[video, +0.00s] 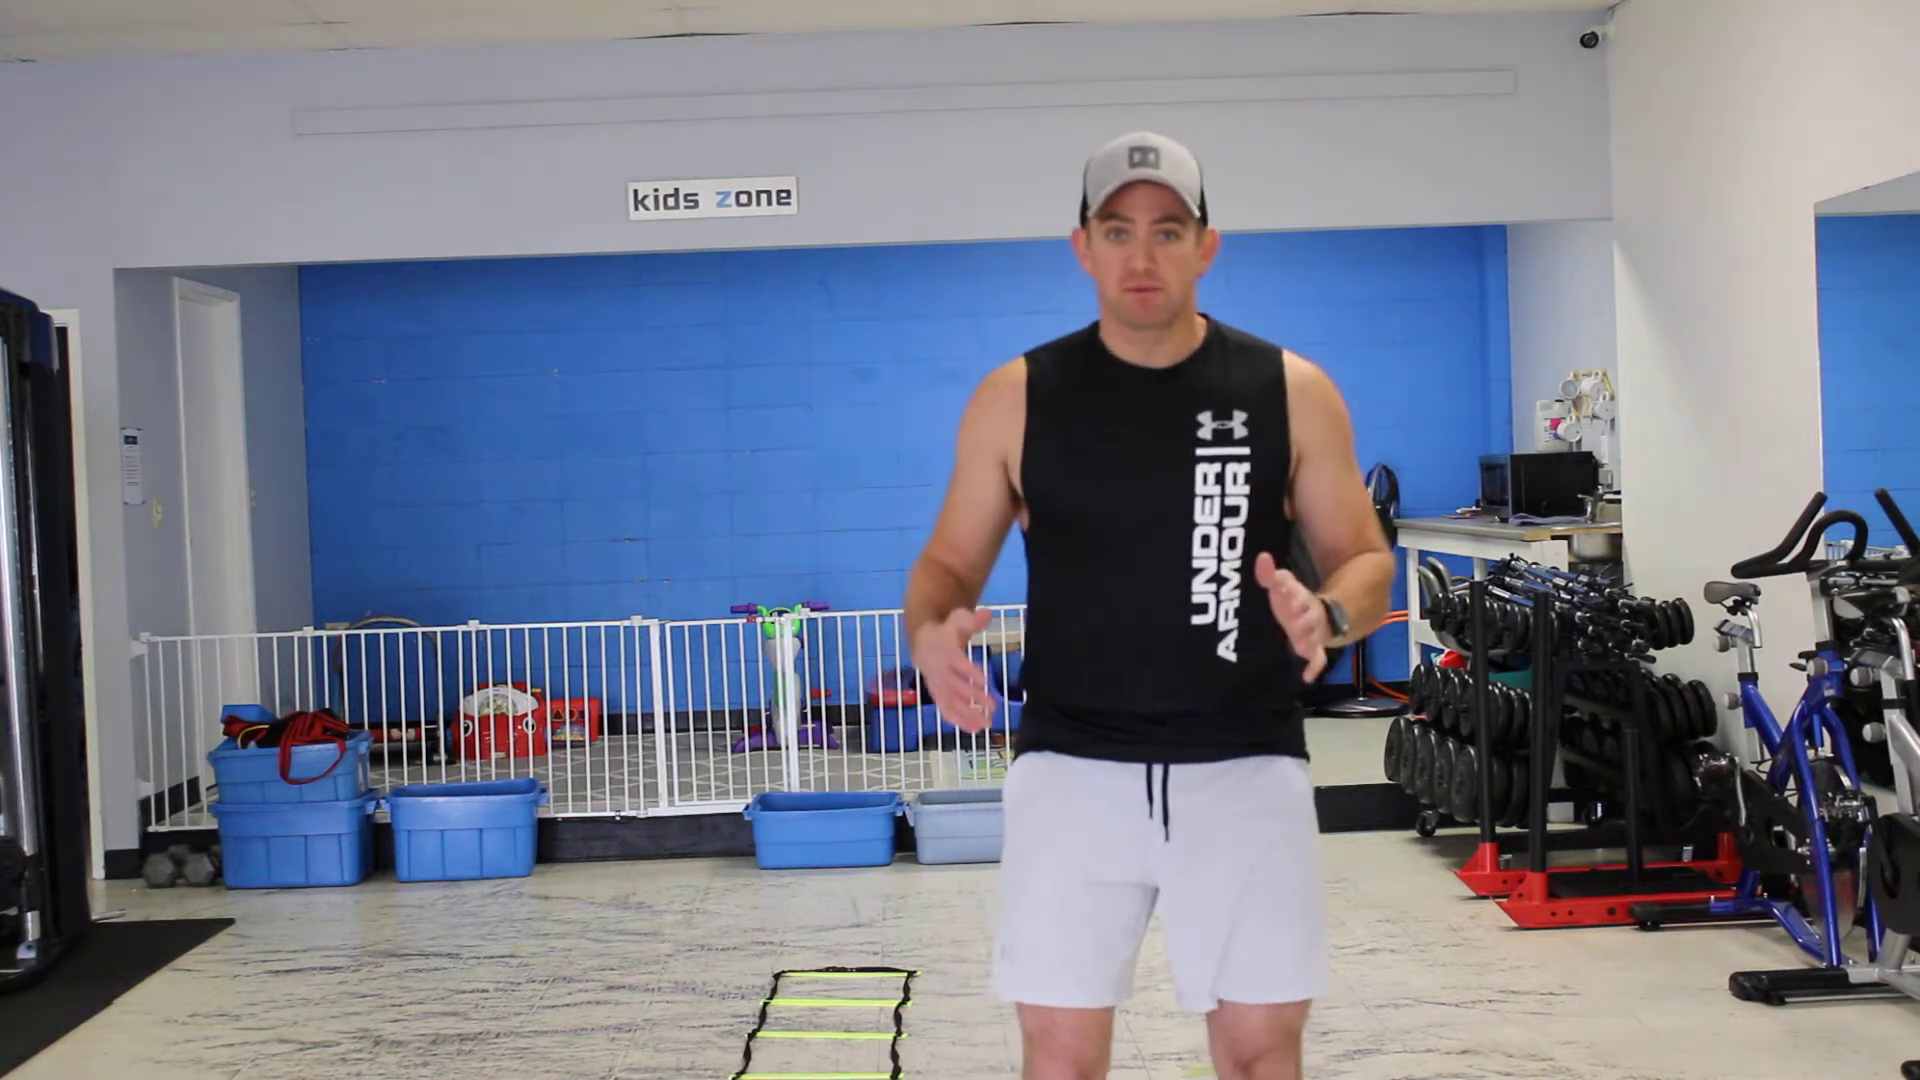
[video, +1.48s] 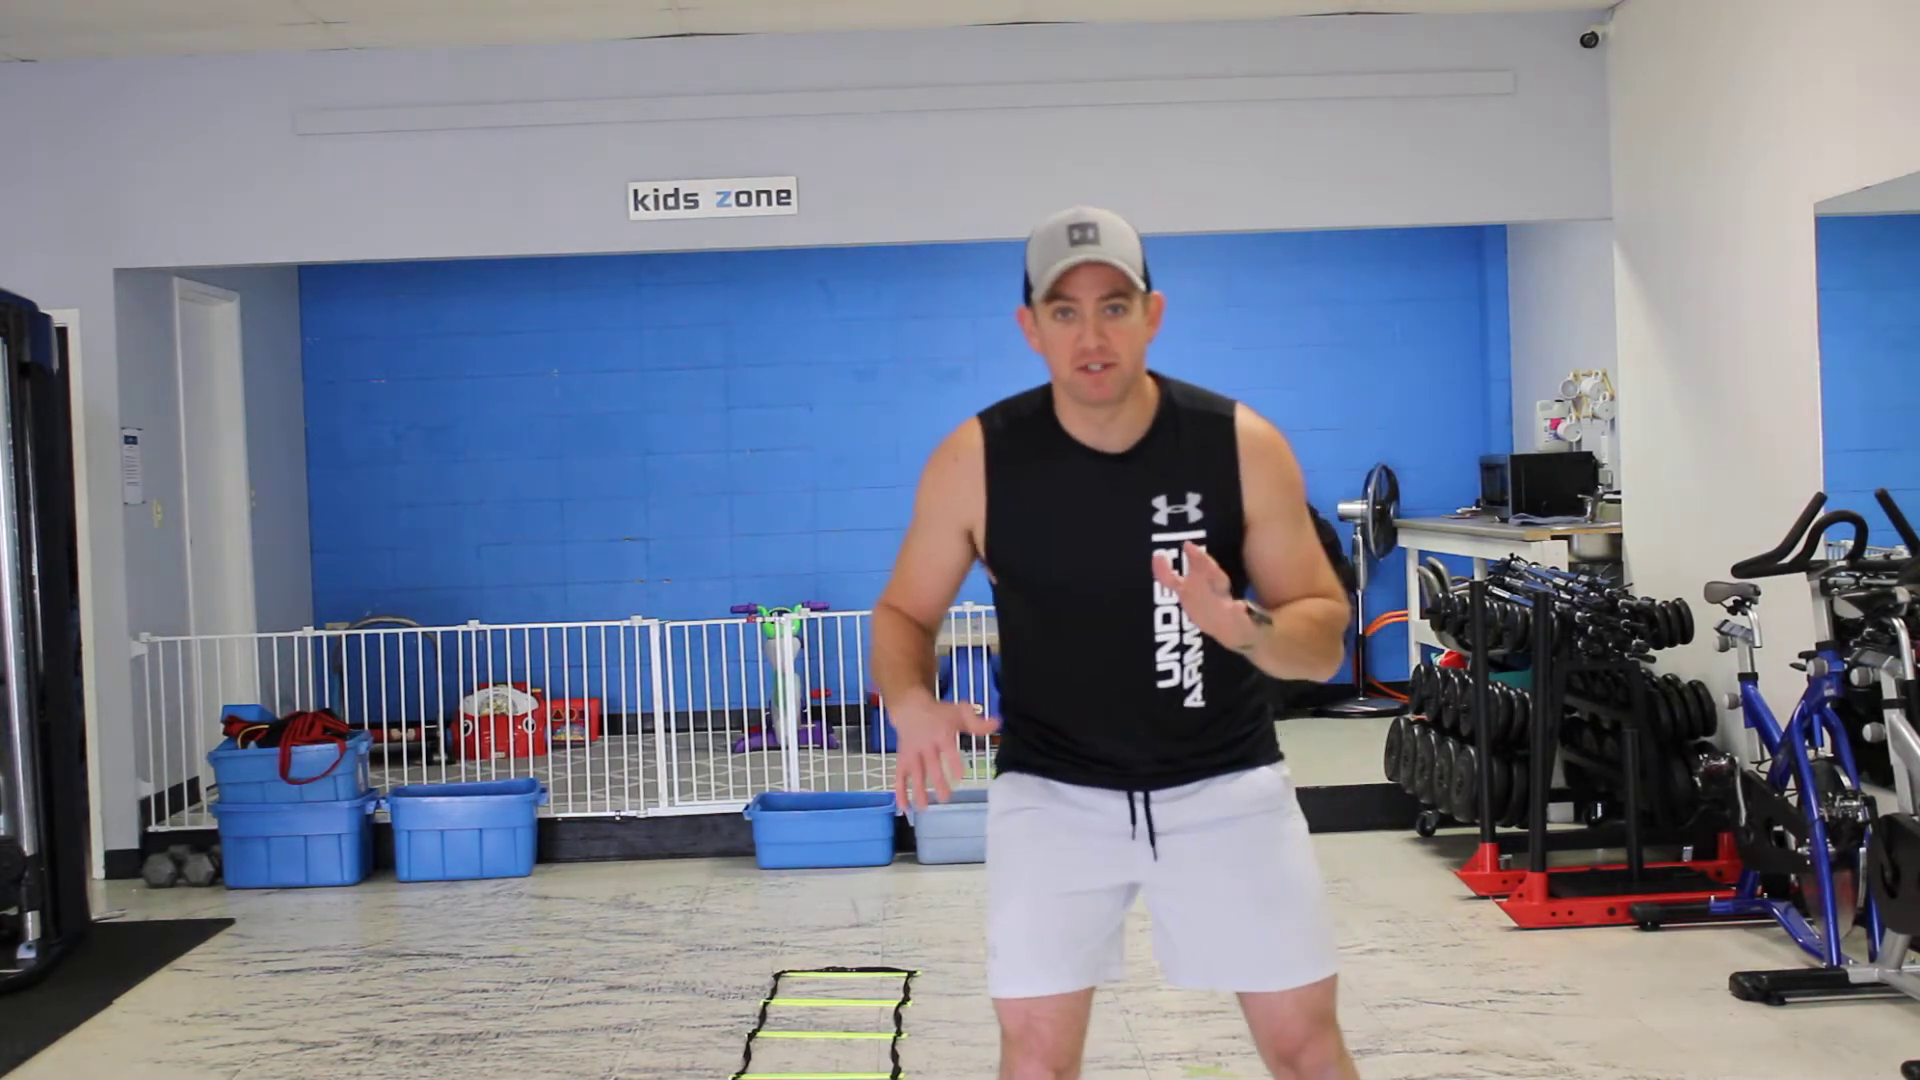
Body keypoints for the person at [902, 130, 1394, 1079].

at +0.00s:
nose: (1142, 255)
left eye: (1168, 230)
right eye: (1118, 230)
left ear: (1207, 248)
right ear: (1084, 248)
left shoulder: (1293, 392)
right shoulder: (1018, 398)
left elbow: (1363, 559)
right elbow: (948, 566)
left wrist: (1328, 614)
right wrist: (931, 635)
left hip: (1246, 776)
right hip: (1070, 779)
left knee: (1260, 1055)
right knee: (1060, 1058)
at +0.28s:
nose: (1105, 263)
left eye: (1130, 238)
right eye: (1080, 238)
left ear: (1166, 258)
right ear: (1042, 259)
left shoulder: (1249, 400)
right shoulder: (975, 412)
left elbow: (1315, 556)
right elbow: (895, 587)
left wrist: (1308, 605)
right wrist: (907, 657)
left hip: (1217, 781)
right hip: (1042, 791)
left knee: (1265, 1059)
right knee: (1045, 1062)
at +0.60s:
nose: (1088, 292)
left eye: (1110, 262)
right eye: (1062, 265)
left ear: (1149, 270)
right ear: (1025, 279)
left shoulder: (1243, 409)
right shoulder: (966, 428)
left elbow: (1333, 594)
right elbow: (892, 597)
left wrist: (1294, 566)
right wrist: (919, 630)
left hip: (1225, 781)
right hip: (1049, 794)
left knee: (1310, 1050)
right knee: (1049, 1062)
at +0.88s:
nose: (1139, 310)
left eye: (1161, 280)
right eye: (1112, 286)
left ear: (1201, 290)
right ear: (1078, 304)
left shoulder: (1299, 425)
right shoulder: (1034, 445)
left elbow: (1397, 616)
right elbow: (977, 598)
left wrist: (1314, 595)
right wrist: (967, 642)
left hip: (1286, 794)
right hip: (1106, 799)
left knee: (1346, 1055)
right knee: (1074, 1060)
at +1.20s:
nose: (1131, 332)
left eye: (1153, 303)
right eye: (1105, 307)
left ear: (1194, 310)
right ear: (1072, 324)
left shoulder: (1284, 447)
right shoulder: (1016, 459)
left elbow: (1376, 618)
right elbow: (944, 612)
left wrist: (1313, 632)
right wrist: (955, 694)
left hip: (1259, 799)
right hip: (1078, 804)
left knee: (1327, 1054)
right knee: (1049, 1058)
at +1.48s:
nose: (1091, 337)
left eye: (1113, 308)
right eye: (1065, 312)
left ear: (1152, 315)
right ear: (1031, 328)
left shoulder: (1243, 447)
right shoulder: (977, 460)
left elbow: (1324, 636)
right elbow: (903, 614)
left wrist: (1247, 630)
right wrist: (910, 698)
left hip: (1230, 799)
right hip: (1051, 808)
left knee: (1307, 1051)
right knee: (1036, 1060)